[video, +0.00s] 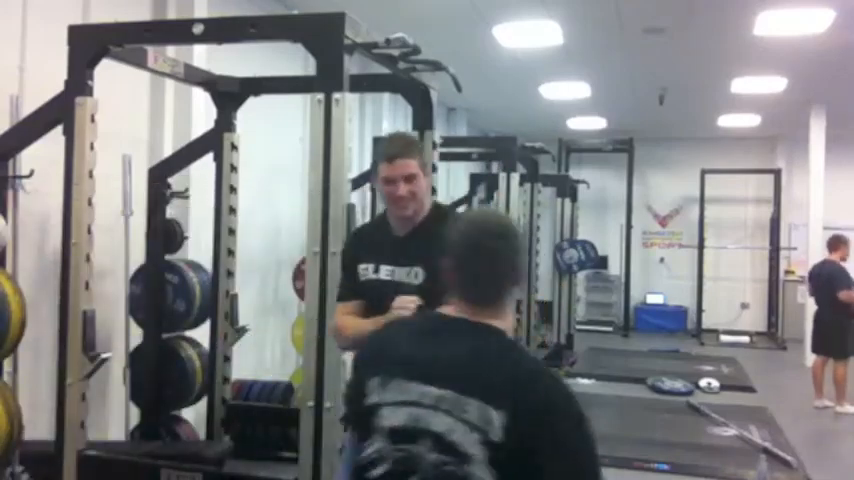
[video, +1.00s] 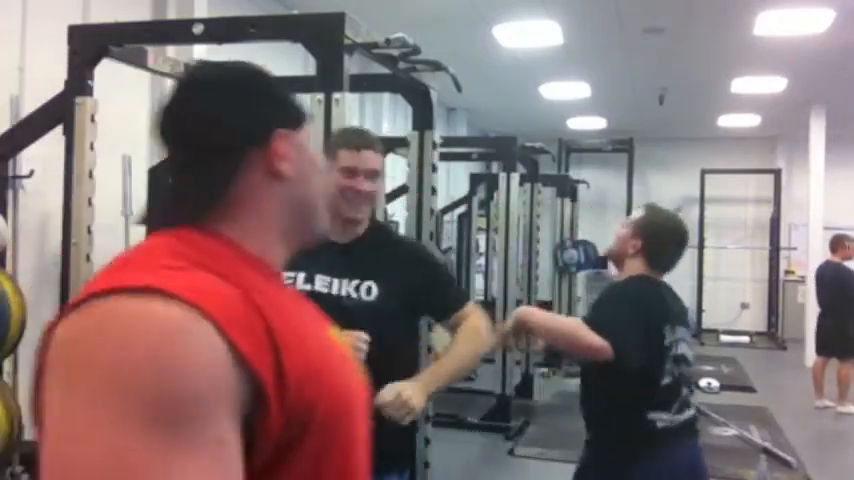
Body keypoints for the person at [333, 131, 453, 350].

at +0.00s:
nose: (401, 192)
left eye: (410, 179)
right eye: (389, 182)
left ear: (428, 176)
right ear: (375, 184)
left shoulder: (457, 234)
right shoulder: (362, 241)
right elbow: (342, 330)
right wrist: (387, 320)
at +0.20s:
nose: (379, 186)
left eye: (388, 175)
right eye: (369, 176)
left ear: (406, 175)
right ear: (355, 180)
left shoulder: (444, 240)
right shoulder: (341, 239)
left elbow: (460, 334)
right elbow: (317, 320)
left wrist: (388, 356)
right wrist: (354, 331)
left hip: (419, 412)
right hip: (353, 409)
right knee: (332, 471)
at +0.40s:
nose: (371, 178)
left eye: (382, 168)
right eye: (361, 168)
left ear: (402, 172)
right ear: (348, 173)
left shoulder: (434, 242)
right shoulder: (325, 235)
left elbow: (440, 335)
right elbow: (291, 308)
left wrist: (358, 363)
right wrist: (318, 329)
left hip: (399, 423)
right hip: (330, 421)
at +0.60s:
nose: (406, 195)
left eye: (414, 186)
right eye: (396, 183)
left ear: (420, 185)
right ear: (364, 176)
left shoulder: (428, 250)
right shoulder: (314, 234)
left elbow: (434, 344)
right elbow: (270, 317)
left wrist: (356, 355)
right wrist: (327, 323)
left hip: (386, 434)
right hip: (311, 427)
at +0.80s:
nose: (403, 199)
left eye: (409, 190)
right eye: (393, 187)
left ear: (415, 190)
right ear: (356, 180)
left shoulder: (418, 252)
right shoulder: (290, 243)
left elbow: (494, 307)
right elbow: (237, 325)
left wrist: (422, 346)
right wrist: (324, 335)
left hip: (382, 452)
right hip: (299, 448)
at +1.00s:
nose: (361, 186)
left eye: (372, 177)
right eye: (349, 174)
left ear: (382, 183)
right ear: (324, 173)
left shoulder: (409, 259)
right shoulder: (289, 252)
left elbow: (478, 329)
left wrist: (422, 387)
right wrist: (322, 341)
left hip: (384, 456)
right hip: (302, 450)